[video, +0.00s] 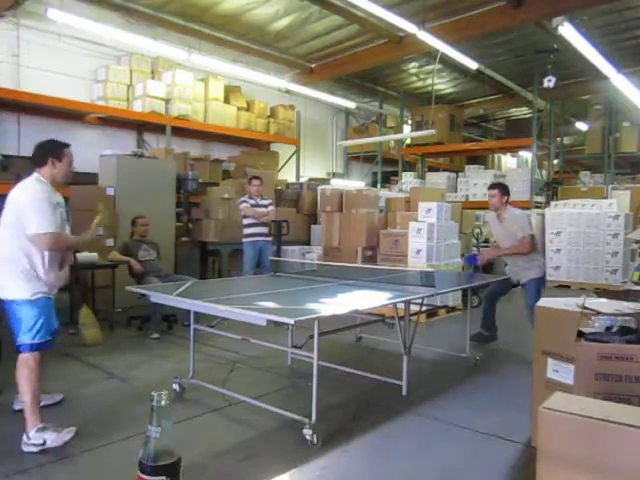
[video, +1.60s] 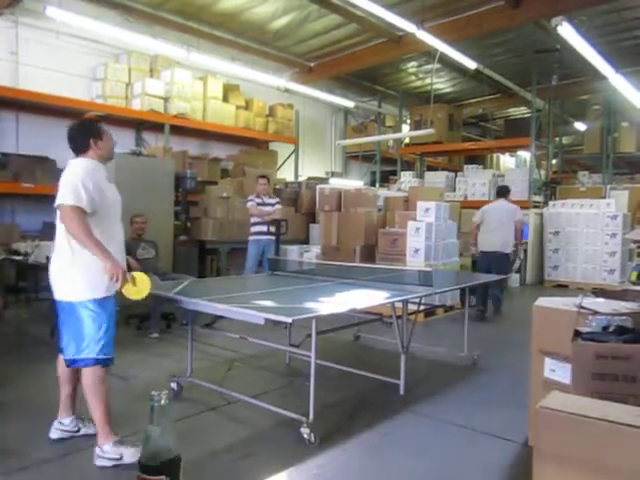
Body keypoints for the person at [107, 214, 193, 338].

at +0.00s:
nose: (145, 228)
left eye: (147, 225)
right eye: (142, 225)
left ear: (149, 227)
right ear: (134, 228)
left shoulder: (154, 245)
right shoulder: (128, 244)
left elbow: (158, 261)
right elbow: (112, 256)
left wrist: (163, 272)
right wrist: (130, 260)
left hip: (162, 274)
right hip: (145, 276)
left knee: (192, 283)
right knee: (159, 292)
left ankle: (188, 320)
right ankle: (154, 329)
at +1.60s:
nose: (140, 226)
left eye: (143, 223)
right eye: (136, 223)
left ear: (146, 225)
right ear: (131, 226)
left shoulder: (152, 244)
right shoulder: (126, 244)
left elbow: (155, 264)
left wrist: (165, 274)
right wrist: (128, 260)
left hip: (158, 274)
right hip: (142, 276)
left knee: (189, 281)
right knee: (158, 290)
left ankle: (186, 320)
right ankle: (154, 328)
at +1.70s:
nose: (140, 226)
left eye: (143, 223)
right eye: (136, 223)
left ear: (147, 225)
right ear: (131, 225)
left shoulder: (152, 244)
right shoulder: (128, 244)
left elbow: (156, 263)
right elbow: (130, 262)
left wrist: (161, 273)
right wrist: (141, 272)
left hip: (159, 274)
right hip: (143, 275)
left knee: (189, 281)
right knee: (162, 290)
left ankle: (186, 318)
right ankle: (155, 327)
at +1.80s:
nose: (142, 226)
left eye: (144, 223)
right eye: (139, 224)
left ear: (147, 225)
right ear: (134, 225)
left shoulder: (152, 245)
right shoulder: (130, 243)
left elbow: (156, 266)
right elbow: (132, 266)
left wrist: (165, 274)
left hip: (157, 274)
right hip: (142, 275)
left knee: (190, 282)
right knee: (158, 288)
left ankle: (186, 319)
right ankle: (154, 327)